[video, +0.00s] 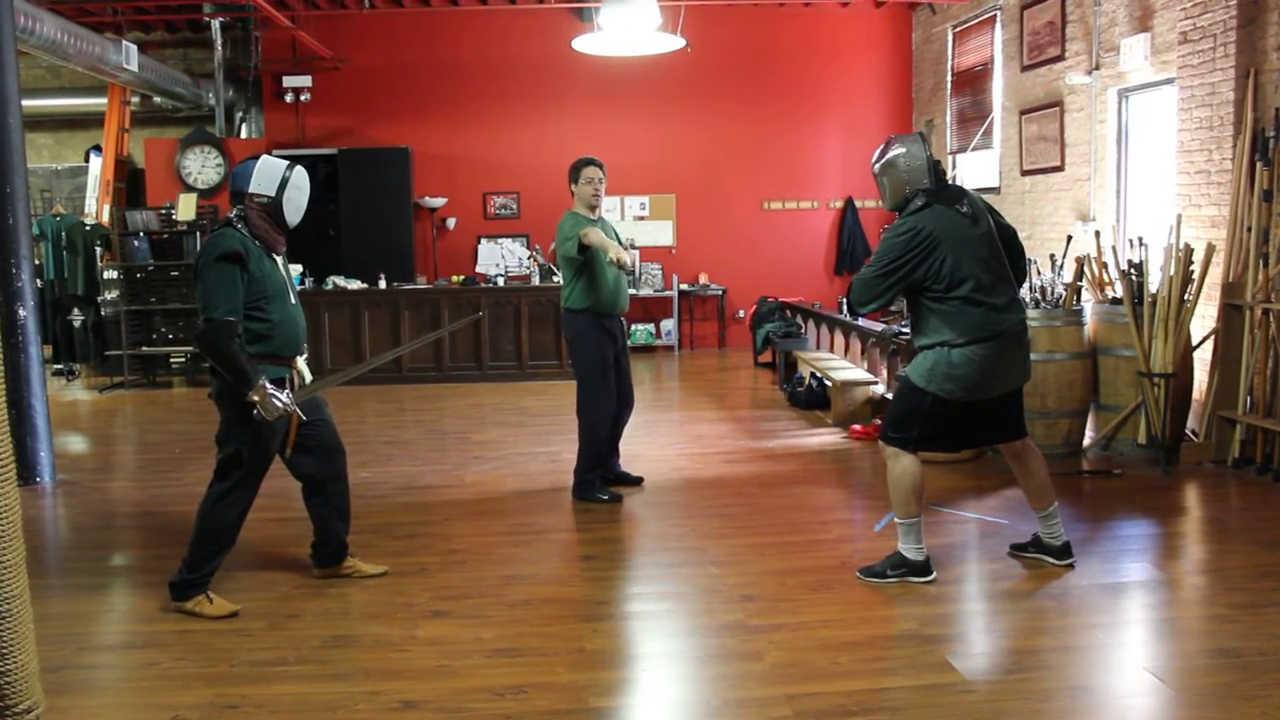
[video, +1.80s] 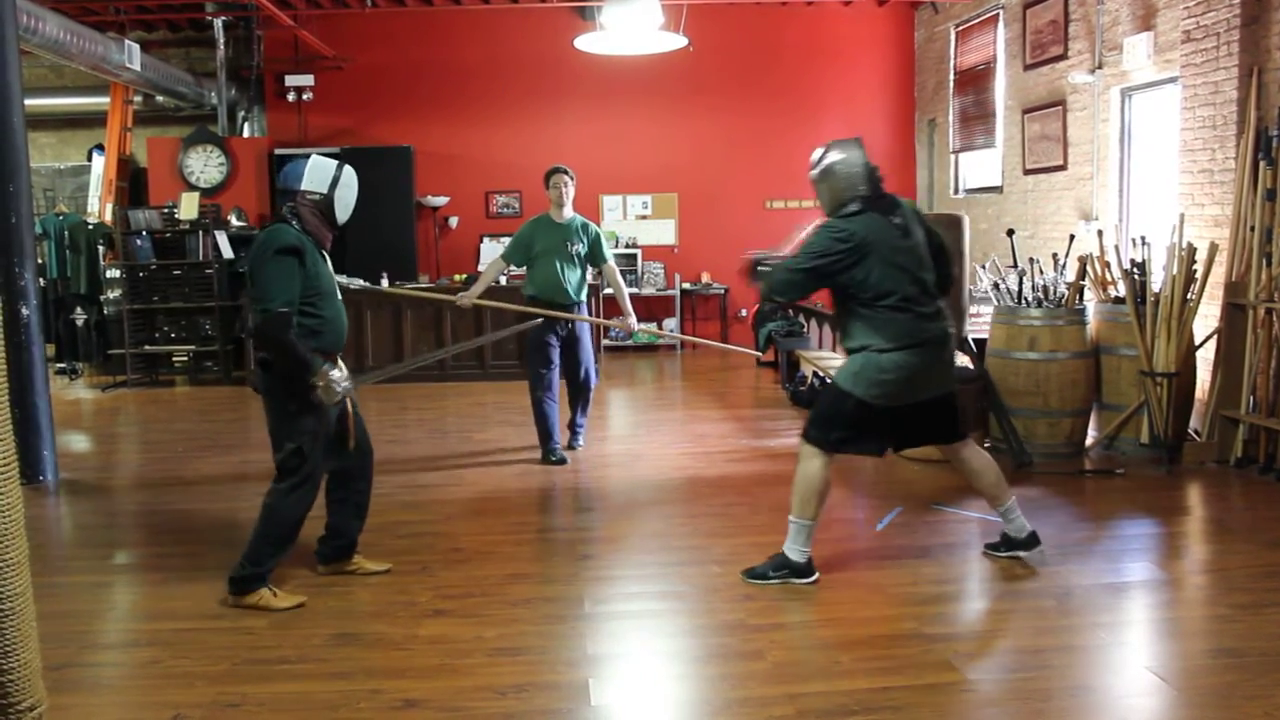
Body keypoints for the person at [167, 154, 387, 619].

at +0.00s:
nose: (295, 209)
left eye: (295, 200)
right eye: (291, 199)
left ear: (259, 194)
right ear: (269, 195)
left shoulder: (264, 243)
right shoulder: (229, 246)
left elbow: (272, 309)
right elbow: (217, 332)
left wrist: (293, 356)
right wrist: (255, 388)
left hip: (286, 376)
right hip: (251, 380)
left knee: (326, 459)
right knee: (235, 483)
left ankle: (332, 555)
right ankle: (190, 587)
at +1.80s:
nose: (338, 216)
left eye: (336, 207)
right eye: (333, 205)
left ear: (306, 203)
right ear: (312, 201)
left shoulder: (305, 244)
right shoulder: (281, 244)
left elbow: (306, 316)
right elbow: (274, 327)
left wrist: (331, 360)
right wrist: (316, 373)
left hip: (321, 370)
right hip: (292, 375)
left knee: (355, 457)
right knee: (302, 473)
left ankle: (338, 553)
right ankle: (249, 582)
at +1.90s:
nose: (337, 219)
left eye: (336, 211)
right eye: (332, 209)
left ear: (304, 204)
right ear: (310, 203)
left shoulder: (305, 245)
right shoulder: (284, 243)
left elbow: (311, 315)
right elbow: (291, 317)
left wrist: (343, 357)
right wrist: (344, 350)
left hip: (319, 374)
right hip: (293, 377)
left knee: (354, 455)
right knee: (305, 472)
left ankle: (338, 553)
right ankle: (247, 581)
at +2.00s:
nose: (333, 209)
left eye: (332, 200)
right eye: (329, 199)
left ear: (289, 196)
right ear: (308, 195)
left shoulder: (270, 240)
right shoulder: (294, 243)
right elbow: (332, 304)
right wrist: (398, 311)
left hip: (306, 371)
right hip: (295, 374)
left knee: (350, 456)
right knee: (307, 469)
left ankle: (338, 554)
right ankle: (241, 579)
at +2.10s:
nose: (319, 202)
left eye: (317, 193)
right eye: (314, 193)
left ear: (270, 196)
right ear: (294, 194)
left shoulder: (246, 247)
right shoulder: (301, 245)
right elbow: (369, 284)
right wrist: (435, 281)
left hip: (297, 376)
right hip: (298, 379)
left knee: (345, 456)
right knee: (299, 473)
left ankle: (337, 553)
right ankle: (240, 584)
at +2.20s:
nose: (313, 209)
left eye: (311, 201)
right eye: (308, 201)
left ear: (265, 203)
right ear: (288, 202)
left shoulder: (237, 252)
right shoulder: (301, 248)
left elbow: (234, 322)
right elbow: (369, 266)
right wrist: (434, 260)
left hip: (282, 380)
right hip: (296, 381)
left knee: (344, 451)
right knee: (290, 477)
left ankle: (334, 549)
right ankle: (237, 585)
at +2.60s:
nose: (351, 206)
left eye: (349, 200)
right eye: (347, 199)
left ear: (301, 201)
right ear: (333, 199)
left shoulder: (273, 246)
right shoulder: (347, 231)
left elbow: (242, 284)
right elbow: (416, 234)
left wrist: (279, 322)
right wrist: (463, 203)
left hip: (293, 371)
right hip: (332, 368)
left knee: (321, 460)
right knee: (337, 465)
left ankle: (317, 544)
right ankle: (264, 552)